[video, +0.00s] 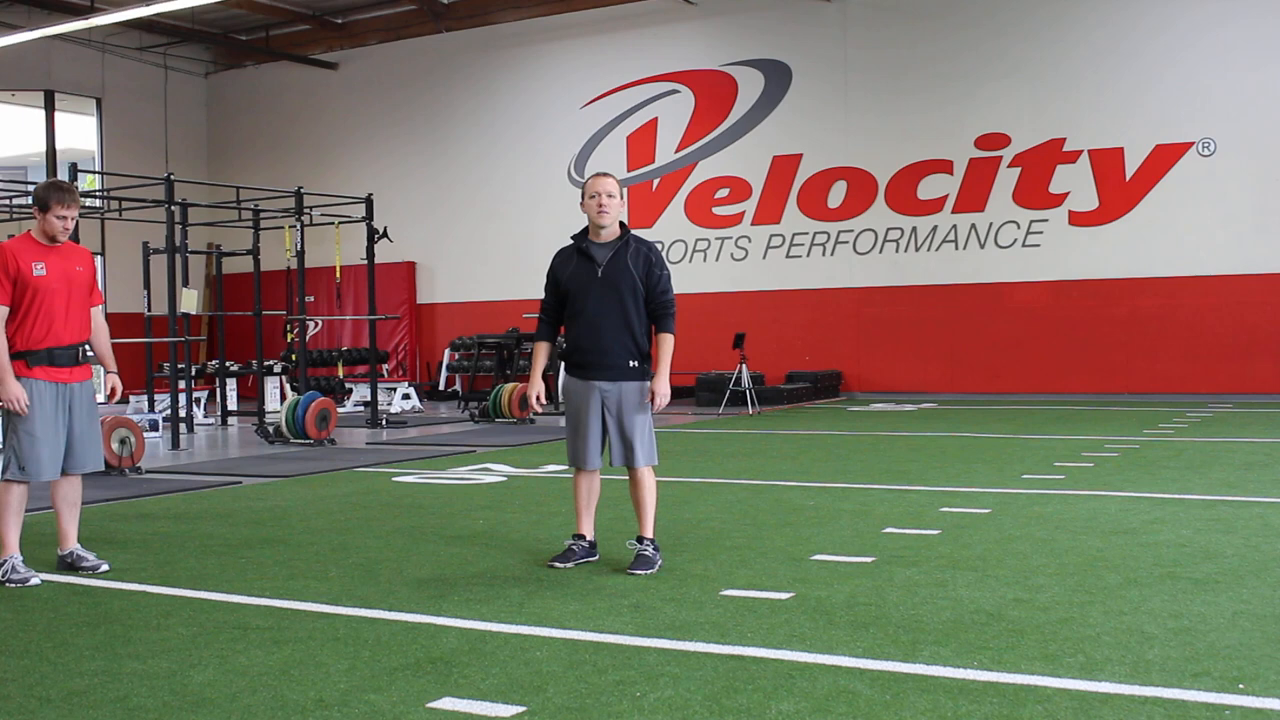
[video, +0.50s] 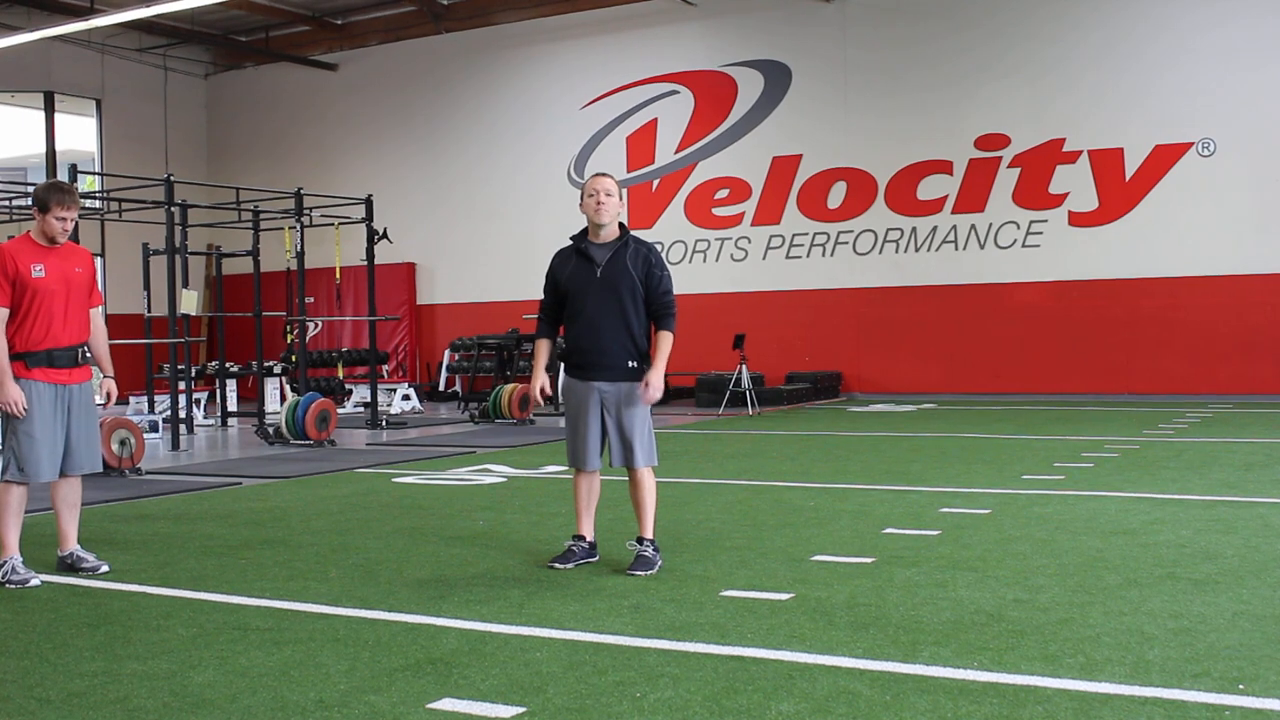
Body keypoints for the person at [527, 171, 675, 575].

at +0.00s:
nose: (602, 202)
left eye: (610, 196)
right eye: (594, 196)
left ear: (622, 205)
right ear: (583, 205)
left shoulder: (646, 255)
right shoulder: (565, 258)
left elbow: (665, 316)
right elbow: (547, 321)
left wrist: (662, 375)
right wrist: (535, 377)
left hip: (631, 381)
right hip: (579, 380)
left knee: (639, 464)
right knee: (584, 463)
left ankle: (646, 543)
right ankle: (584, 541)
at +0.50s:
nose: (600, 200)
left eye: (607, 194)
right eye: (592, 195)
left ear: (621, 205)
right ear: (582, 206)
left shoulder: (645, 256)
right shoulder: (564, 259)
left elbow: (666, 316)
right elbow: (548, 320)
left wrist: (658, 368)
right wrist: (539, 370)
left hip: (631, 381)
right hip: (579, 381)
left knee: (639, 464)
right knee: (584, 464)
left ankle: (646, 544)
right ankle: (583, 542)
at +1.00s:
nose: (607, 202)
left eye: (614, 196)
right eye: (599, 196)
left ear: (626, 206)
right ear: (587, 206)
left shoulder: (648, 256)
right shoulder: (565, 258)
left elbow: (666, 314)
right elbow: (542, 316)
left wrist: (642, 310)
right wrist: (564, 303)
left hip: (631, 379)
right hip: (581, 377)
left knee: (639, 462)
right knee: (585, 462)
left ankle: (646, 544)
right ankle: (583, 542)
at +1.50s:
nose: (605, 202)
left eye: (613, 196)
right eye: (598, 196)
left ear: (626, 206)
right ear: (587, 206)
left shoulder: (648, 256)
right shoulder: (566, 258)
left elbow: (666, 314)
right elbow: (542, 315)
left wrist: (641, 311)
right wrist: (560, 305)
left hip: (631, 379)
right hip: (581, 377)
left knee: (639, 463)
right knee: (585, 462)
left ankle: (646, 544)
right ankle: (584, 542)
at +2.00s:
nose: (592, 203)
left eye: (602, 198)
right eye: (589, 197)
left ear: (623, 208)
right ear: (584, 205)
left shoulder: (649, 257)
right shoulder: (567, 256)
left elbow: (671, 315)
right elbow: (539, 310)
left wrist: (657, 358)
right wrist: (560, 277)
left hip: (632, 380)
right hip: (581, 379)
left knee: (639, 463)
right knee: (585, 463)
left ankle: (646, 544)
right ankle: (583, 542)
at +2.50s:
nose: (591, 202)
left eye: (600, 197)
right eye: (588, 197)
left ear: (622, 207)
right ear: (584, 205)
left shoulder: (648, 257)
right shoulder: (564, 258)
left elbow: (668, 317)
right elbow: (543, 314)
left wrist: (677, 372)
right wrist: (564, 294)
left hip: (632, 379)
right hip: (581, 378)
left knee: (640, 463)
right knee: (585, 463)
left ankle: (647, 544)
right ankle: (584, 542)